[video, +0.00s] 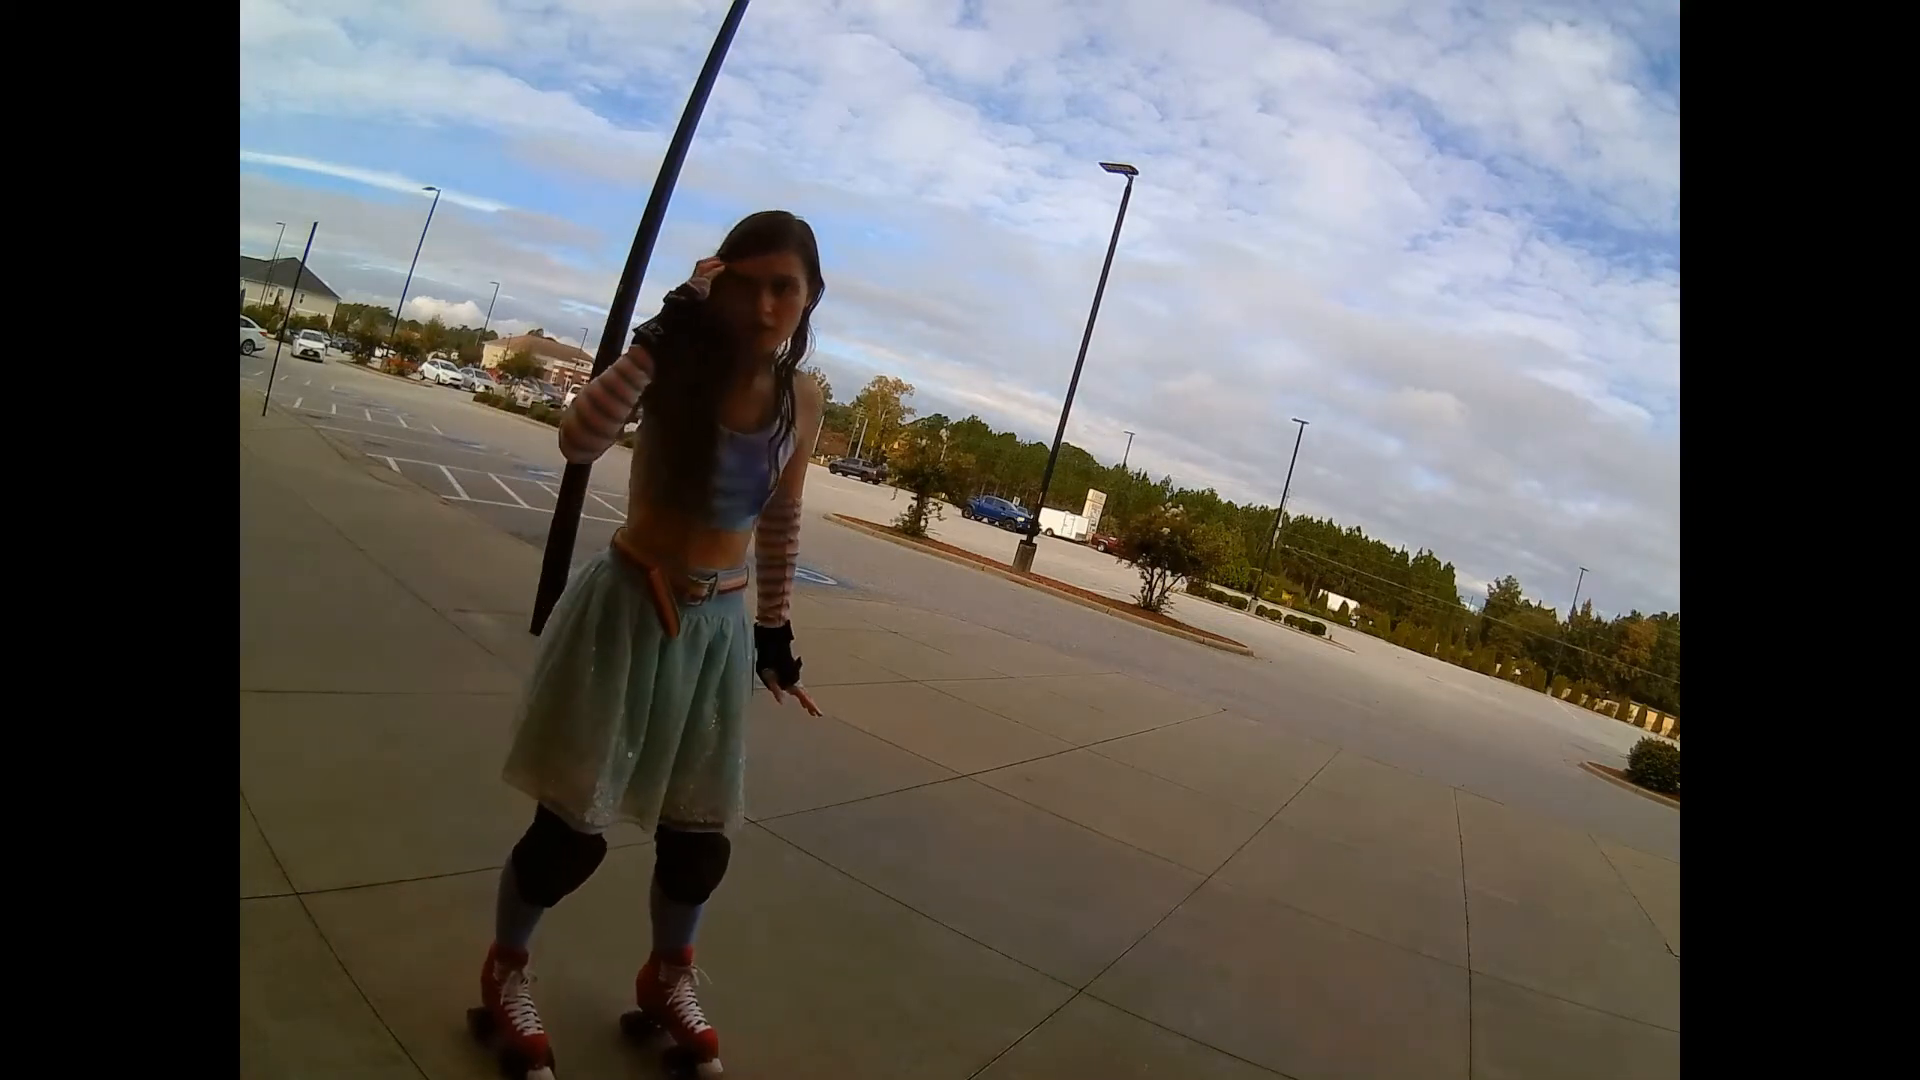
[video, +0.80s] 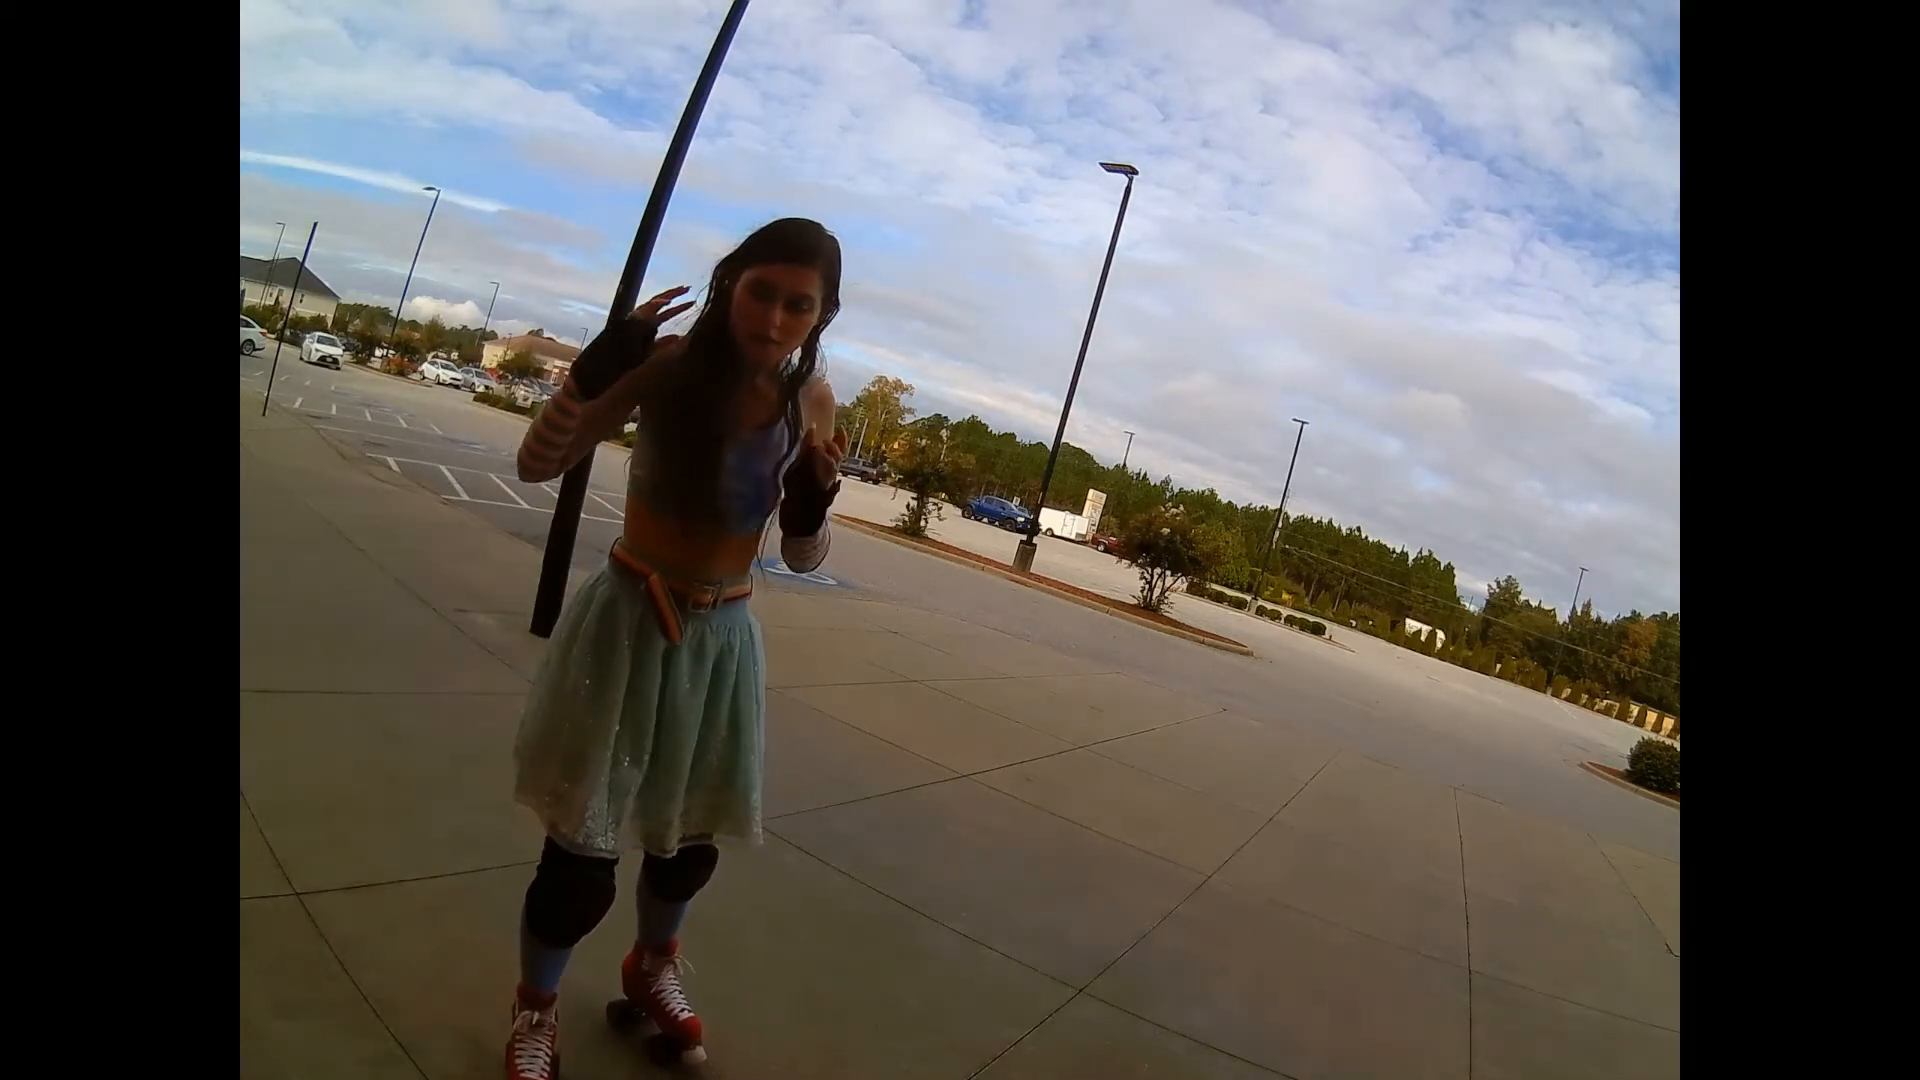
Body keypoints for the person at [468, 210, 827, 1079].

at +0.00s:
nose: (764, 306)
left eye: (785, 289)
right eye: (747, 284)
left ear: (809, 299)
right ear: (715, 283)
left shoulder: (800, 398)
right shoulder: (666, 359)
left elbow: (782, 518)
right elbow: (578, 442)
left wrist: (775, 622)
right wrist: (653, 342)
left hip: (720, 626)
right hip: (630, 609)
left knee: (699, 841)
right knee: (572, 835)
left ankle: (667, 982)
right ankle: (506, 970)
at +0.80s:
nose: (773, 320)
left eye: (798, 305)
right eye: (761, 294)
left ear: (820, 318)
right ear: (727, 288)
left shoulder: (810, 401)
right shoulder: (664, 365)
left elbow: (802, 551)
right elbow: (536, 465)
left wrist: (812, 494)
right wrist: (595, 370)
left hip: (723, 632)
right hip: (628, 618)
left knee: (689, 846)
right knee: (582, 860)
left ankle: (652, 970)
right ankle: (536, 1011)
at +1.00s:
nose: (761, 321)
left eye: (786, 305)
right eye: (748, 294)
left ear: (810, 318)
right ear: (715, 288)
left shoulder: (791, 407)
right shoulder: (653, 371)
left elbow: (806, 544)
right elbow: (528, 470)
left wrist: (807, 409)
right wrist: (576, 365)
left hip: (717, 638)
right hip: (621, 626)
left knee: (685, 847)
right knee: (580, 866)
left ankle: (648, 967)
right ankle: (535, 1026)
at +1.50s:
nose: (748, 320)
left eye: (775, 299)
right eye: (730, 293)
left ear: (809, 312)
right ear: (702, 293)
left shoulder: (803, 408)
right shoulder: (638, 382)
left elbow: (769, 566)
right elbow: (530, 510)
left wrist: (731, 450)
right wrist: (518, 441)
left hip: (707, 649)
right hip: (607, 638)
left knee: (683, 867)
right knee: (585, 897)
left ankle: (654, 973)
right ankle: (536, 1041)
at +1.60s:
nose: (760, 325)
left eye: (786, 302)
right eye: (741, 299)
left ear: (819, 315)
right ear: (711, 299)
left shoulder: (810, 411)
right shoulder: (646, 384)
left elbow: (777, 568)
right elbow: (536, 516)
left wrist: (747, 474)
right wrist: (525, 461)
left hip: (710, 650)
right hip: (611, 640)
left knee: (690, 869)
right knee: (588, 901)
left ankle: (659, 981)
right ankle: (537, 1038)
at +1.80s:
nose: (787, 327)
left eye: (812, 306)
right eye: (768, 300)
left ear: (842, 319)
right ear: (734, 299)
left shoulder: (824, 416)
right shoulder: (665, 384)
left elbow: (791, 573)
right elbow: (554, 517)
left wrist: (781, 519)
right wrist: (562, 511)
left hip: (717, 648)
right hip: (620, 638)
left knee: (699, 871)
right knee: (591, 901)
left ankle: (669, 993)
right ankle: (535, 1042)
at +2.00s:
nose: (805, 323)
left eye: (829, 303)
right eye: (785, 296)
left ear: (857, 320)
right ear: (750, 297)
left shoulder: (834, 422)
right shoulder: (682, 383)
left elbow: (815, 579)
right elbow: (571, 512)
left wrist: (784, 511)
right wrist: (579, 633)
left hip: (727, 650)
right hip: (630, 641)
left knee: (707, 878)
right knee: (595, 907)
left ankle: (680, 1002)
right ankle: (536, 1043)